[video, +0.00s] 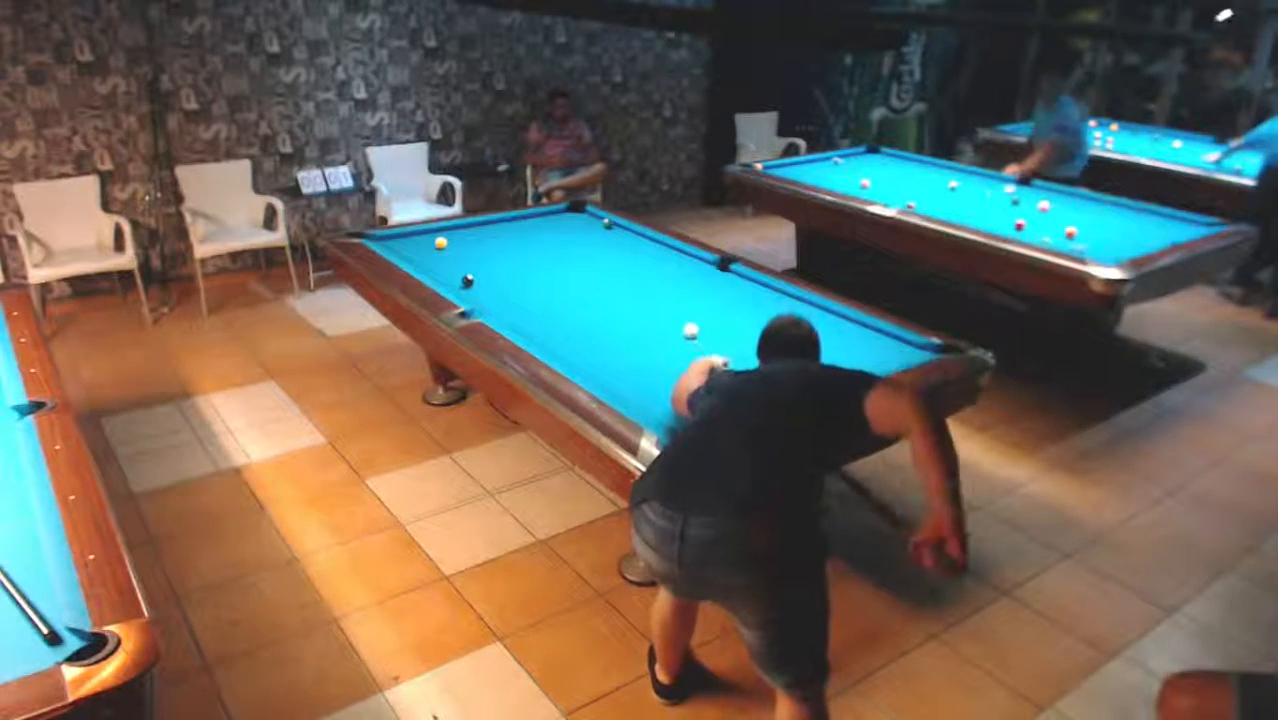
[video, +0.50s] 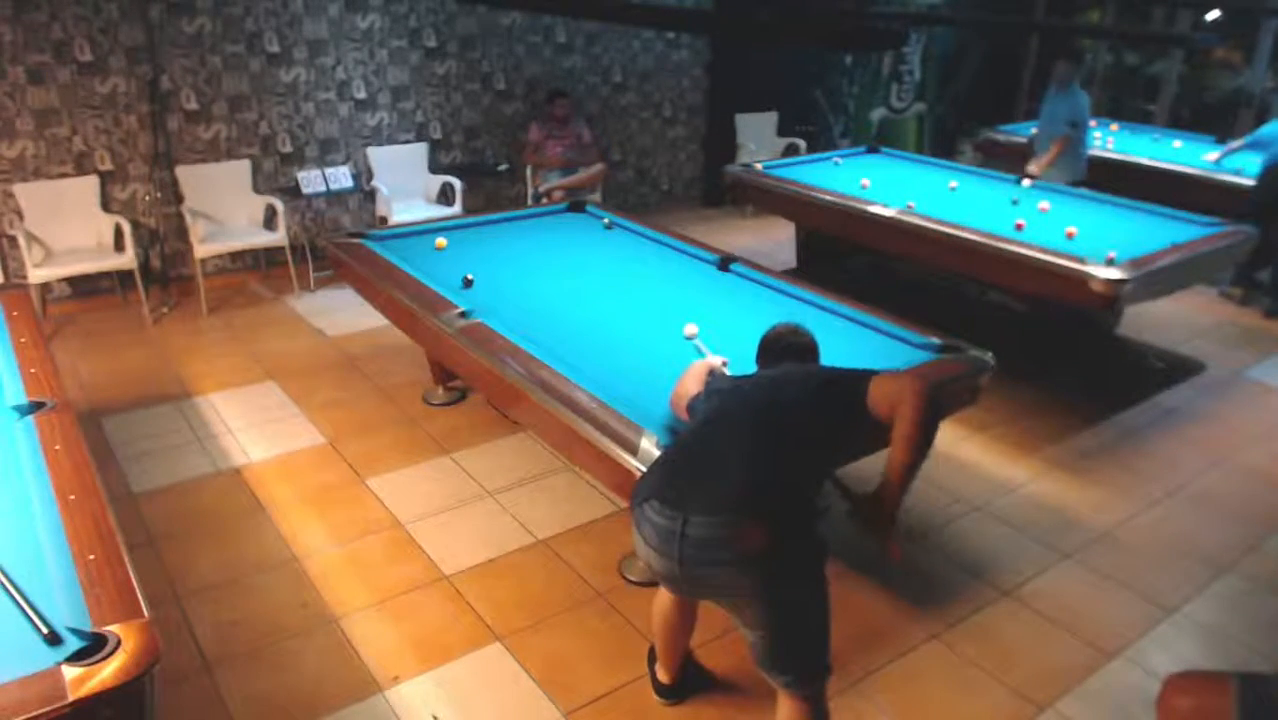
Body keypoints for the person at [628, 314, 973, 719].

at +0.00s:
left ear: (762, 355)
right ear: (816, 355)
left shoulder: (727, 384)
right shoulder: (833, 387)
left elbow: (682, 396)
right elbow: (915, 408)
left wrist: (704, 363)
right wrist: (943, 509)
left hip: (654, 519)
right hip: (753, 538)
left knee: (676, 586)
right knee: (796, 689)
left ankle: (667, 675)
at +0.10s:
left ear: (761, 356)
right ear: (814, 357)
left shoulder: (727, 385)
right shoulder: (835, 386)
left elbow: (682, 398)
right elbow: (917, 407)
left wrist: (703, 362)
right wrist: (931, 521)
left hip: (654, 518)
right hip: (754, 538)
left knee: (676, 583)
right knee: (797, 691)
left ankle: (668, 675)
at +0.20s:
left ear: (761, 362)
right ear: (815, 361)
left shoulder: (727, 386)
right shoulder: (836, 386)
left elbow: (682, 398)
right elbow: (913, 398)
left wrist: (705, 364)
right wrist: (899, 512)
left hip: (653, 524)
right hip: (747, 539)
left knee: (676, 580)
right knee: (799, 688)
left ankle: (668, 676)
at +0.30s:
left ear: (760, 363)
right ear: (814, 363)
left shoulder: (728, 387)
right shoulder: (833, 387)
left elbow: (682, 397)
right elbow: (913, 393)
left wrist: (706, 364)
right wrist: (889, 504)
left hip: (653, 520)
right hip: (749, 537)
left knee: (675, 580)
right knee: (800, 687)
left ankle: (669, 675)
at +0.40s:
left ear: (760, 364)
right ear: (814, 363)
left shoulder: (727, 388)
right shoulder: (830, 385)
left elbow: (682, 398)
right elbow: (913, 391)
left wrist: (705, 364)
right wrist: (887, 503)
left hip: (654, 520)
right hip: (750, 537)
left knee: (675, 580)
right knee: (800, 688)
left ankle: (669, 675)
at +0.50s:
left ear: (760, 364)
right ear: (814, 363)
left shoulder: (727, 388)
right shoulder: (830, 386)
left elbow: (682, 398)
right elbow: (913, 391)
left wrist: (706, 364)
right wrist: (886, 503)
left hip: (654, 521)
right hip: (750, 538)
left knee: (675, 580)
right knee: (800, 688)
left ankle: (668, 675)